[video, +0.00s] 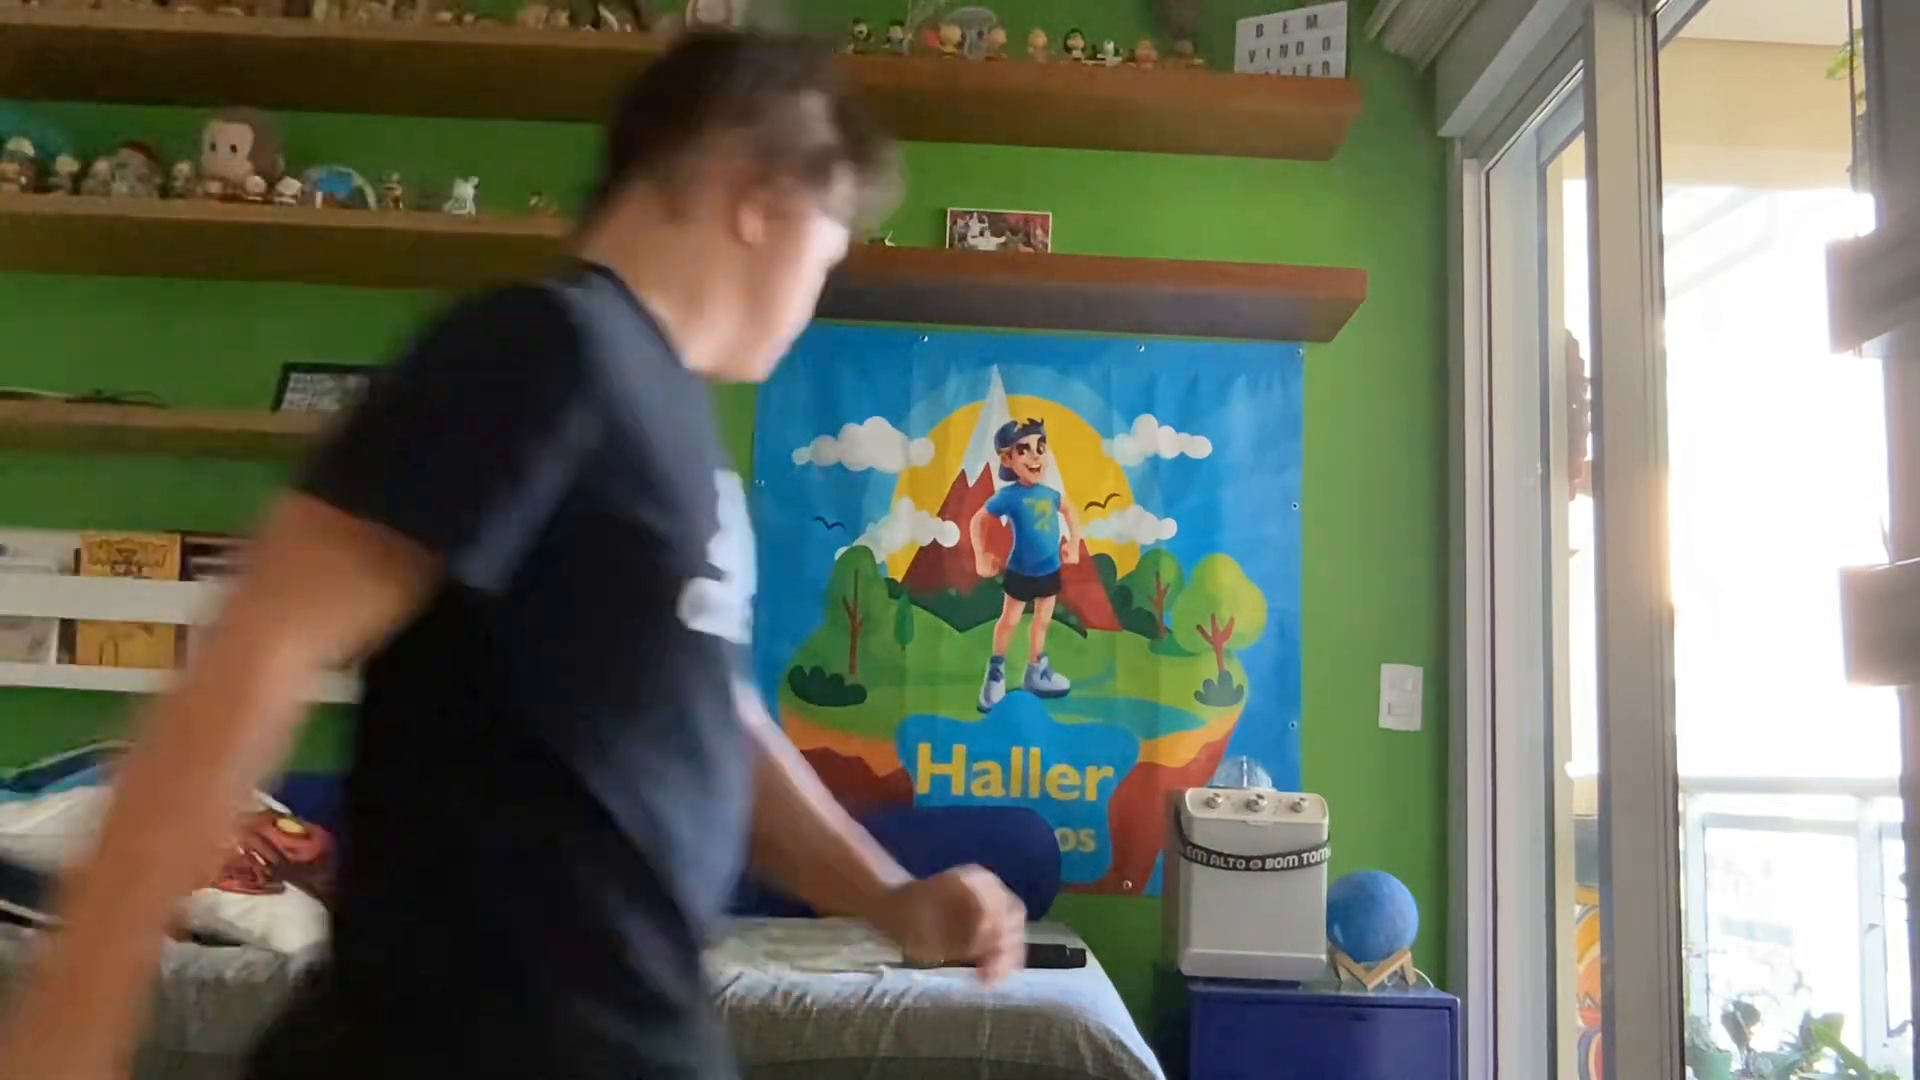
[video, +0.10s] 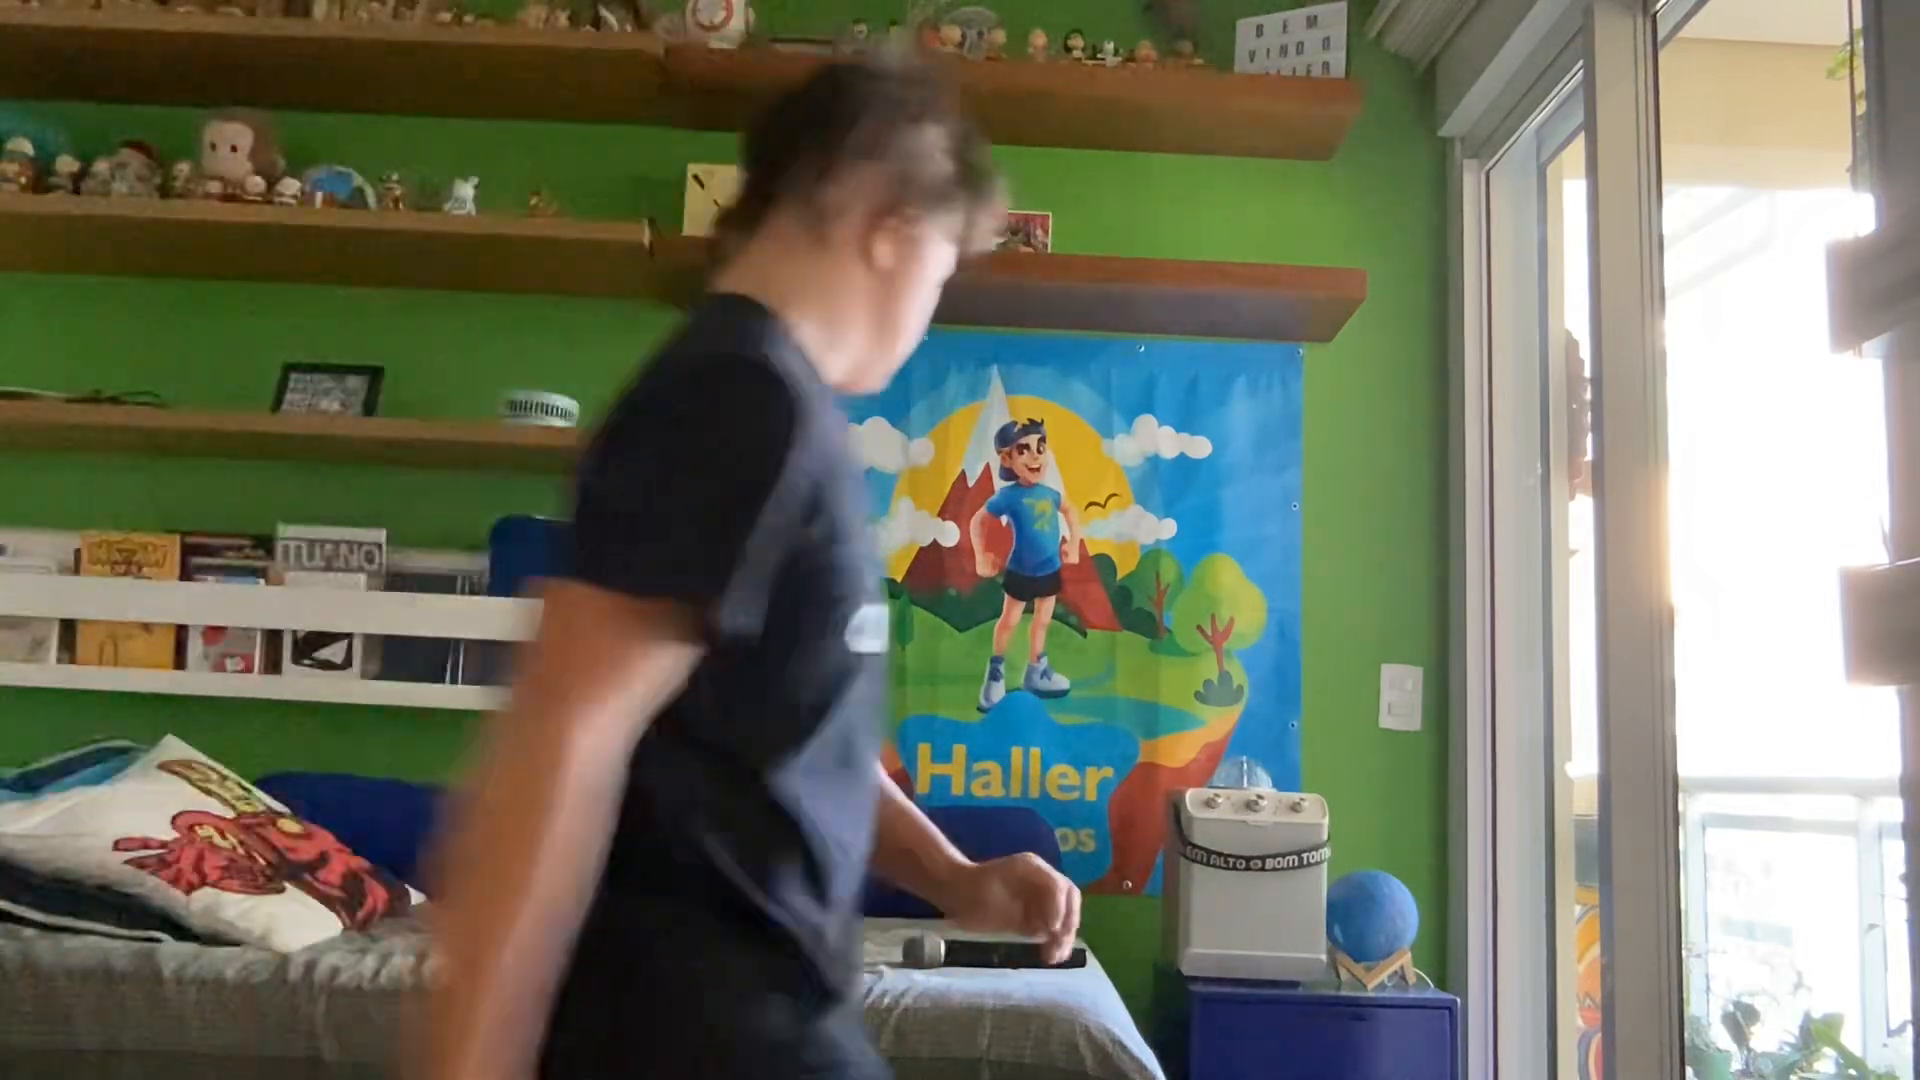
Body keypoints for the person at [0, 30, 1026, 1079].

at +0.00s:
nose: (821, 292)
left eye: (837, 256)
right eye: (832, 245)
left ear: (733, 202)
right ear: (751, 201)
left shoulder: (669, 414)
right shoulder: (551, 348)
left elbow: (706, 714)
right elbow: (255, 647)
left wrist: (888, 898)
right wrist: (74, 1014)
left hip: (616, 1025)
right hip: (485, 1029)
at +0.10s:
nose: (934, 312)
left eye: (948, 278)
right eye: (945, 270)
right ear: (887, 234)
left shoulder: (769, 398)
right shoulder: (740, 396)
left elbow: (785, 718)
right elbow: (562, 731)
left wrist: (951, 881)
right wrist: (474, 1055)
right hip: (706, 1020)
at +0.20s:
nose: (1014, 311)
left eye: (1028, 283)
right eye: (1028, 276)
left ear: (840, 237)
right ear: (987, 251)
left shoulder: (771, 391)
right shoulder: (921, 391)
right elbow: (856, 727)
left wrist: (917, 891)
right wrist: (906, 1047)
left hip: (647, 1000)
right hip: (777, 1024)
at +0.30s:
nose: (1050, 325)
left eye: (1059, 302)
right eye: (1058, 296)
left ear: (884, 266)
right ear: (1026, 273)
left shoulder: (773, 442)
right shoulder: (1022, 407)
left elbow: (729, 710)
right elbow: (1023, 709)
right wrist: (1128, 953)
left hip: (704, 970)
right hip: (889, 984)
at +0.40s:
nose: (1085, 367)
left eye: (1092, 346)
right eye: (1091, 344)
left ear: (934, 312)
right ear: (1065, 326)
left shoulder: (814, 494)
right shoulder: (1105, 455)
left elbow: (727, 722)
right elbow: (1181, 702)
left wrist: (800, 867)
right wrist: (1252, 873)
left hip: (824, 996)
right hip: (1027, 995)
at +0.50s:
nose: (1121, 416)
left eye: (1126, 394)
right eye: (1127, 391)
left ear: (977, 364)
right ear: (1102, 375)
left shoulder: (873, 520)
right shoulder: (1163, 513)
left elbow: (773, 750)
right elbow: (1247, 753)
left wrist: (820, 885)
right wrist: (1281, 843)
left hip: (903, 985)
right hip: (1100, 983)